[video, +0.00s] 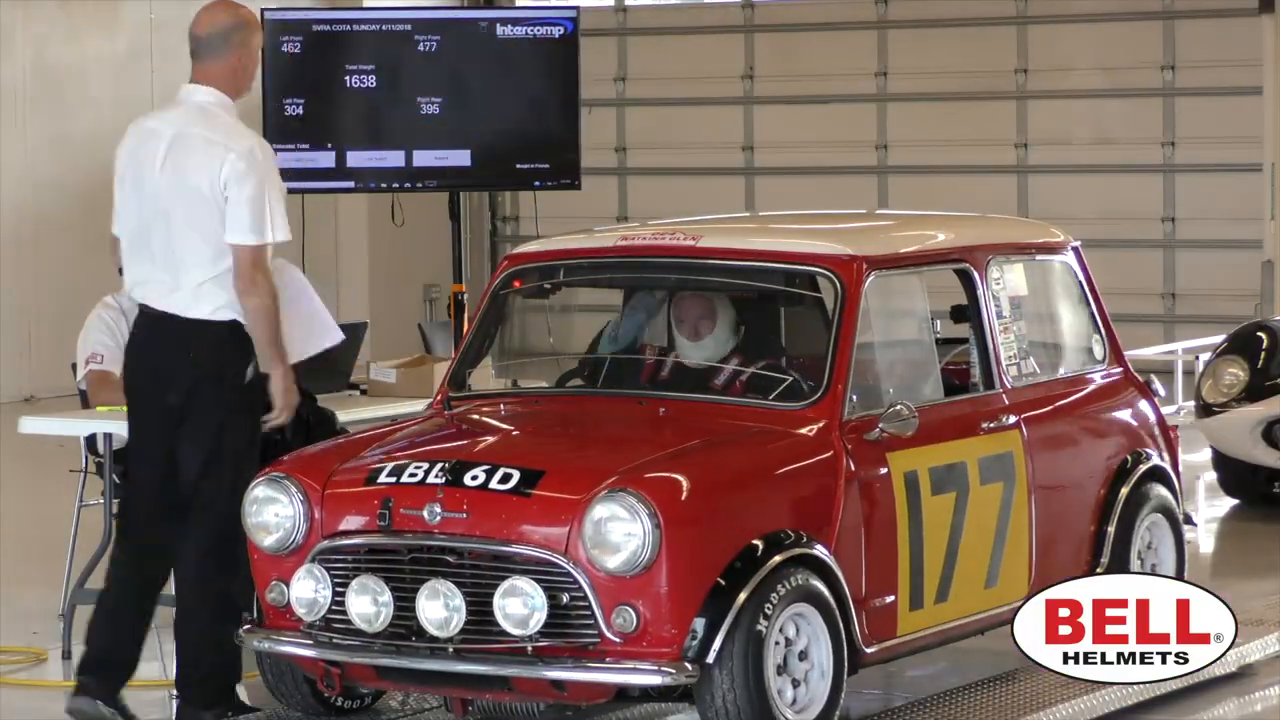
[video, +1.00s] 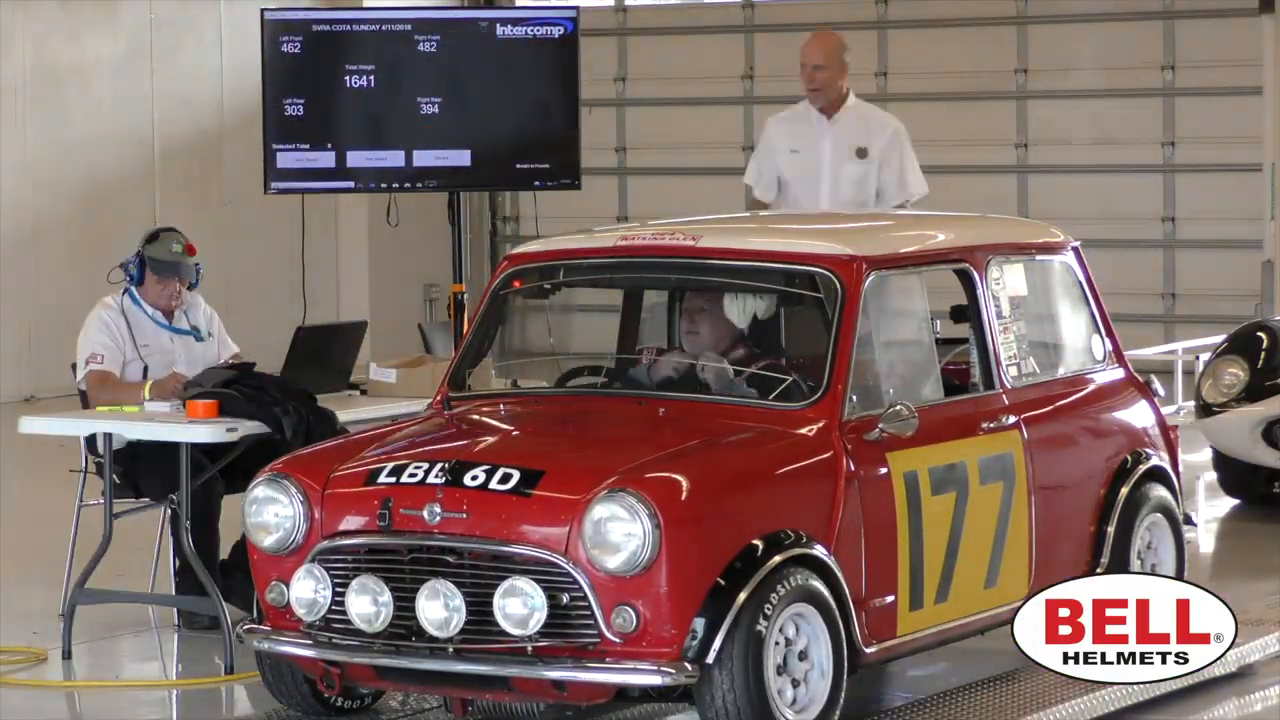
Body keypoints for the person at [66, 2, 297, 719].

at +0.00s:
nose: (260, 65)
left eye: (256, 52)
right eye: (259, 54)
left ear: (193, 55)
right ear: (247, 59)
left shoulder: (139, 135)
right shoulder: (242, 150)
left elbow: (127, 249)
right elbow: (250, 273)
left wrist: (149, 323)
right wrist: (278, 366)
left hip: (150, 343)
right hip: (217, 350)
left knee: (148, 519)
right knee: (215, 526)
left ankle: (97, 683)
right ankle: (206, 697)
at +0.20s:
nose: (216, 78)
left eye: (212, 66)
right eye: (215, 68)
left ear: (150, 72)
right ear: (202, 72)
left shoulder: (93, 147)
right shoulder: (217, 154)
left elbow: (61, 259)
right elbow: (253, 281)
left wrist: (118, 304)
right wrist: (284, 340)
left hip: (100, 352)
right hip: (173, 355)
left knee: (180, 513)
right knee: (135, 532)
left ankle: (208, 679)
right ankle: (66, 707)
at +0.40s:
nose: (188, 284)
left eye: (190, 275)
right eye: (178, 276)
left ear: (193, 274)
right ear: (148, 275)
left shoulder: (198, 310)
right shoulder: (110, 316)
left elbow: (233, 364)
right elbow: (98, 392)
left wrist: (246, 376)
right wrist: (151, 389)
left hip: (203, 444)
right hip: (135, 449)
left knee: (294, 468)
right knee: (200, 482)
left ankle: (238, 584)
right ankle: (196, 605)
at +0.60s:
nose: (174, 290)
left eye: (182, 282)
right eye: (163, 280)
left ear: (191, 280)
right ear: (139, 274)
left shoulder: (201, 313)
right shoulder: (109, 317)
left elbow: (235, 364)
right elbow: (98, 392)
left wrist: (253, 381)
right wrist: (150, 389)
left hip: (206, 444)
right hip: (139, 447)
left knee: (295, 467)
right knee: (201, 482)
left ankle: (241, 577)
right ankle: (197, 603)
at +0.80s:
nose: (187, 283)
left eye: (190, 274)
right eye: (178, 275)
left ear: (194, 273)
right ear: (145, 274)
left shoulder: (198, 309)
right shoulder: (110, 316)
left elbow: (235, 361)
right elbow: (98, 391)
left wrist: (240, 373)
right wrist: (151, 389)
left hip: (204, 443)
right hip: (138, 448)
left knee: (295, 468)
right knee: (201, 483)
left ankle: (240, 578)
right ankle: (196, 602)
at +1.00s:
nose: (176, 288)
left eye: (183, 279)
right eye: (164, 279)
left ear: (190, 277)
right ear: (139, 274)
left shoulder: (199, 311)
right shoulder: (109, 317)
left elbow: (236, 365)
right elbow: (98, 392)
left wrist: (254, 384)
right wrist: (152, 389)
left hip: (205, 443)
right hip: (138, 447)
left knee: (294, 467)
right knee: (201, 483)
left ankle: (241, 575)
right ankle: (196, 603)